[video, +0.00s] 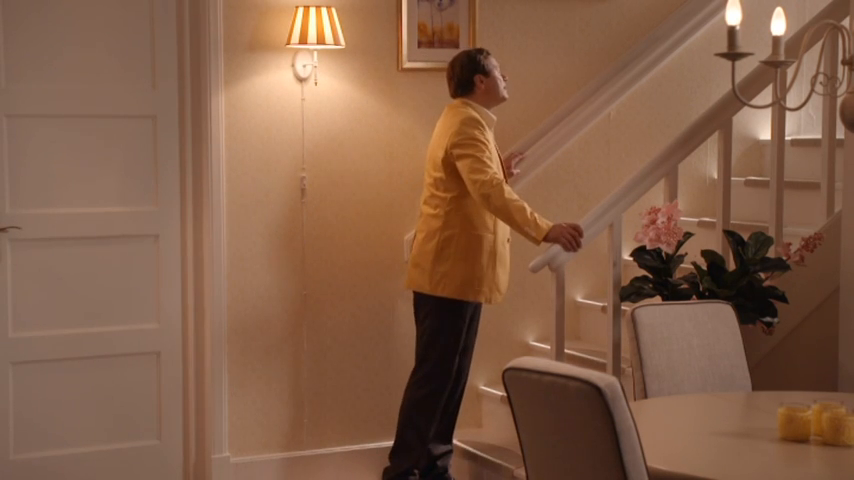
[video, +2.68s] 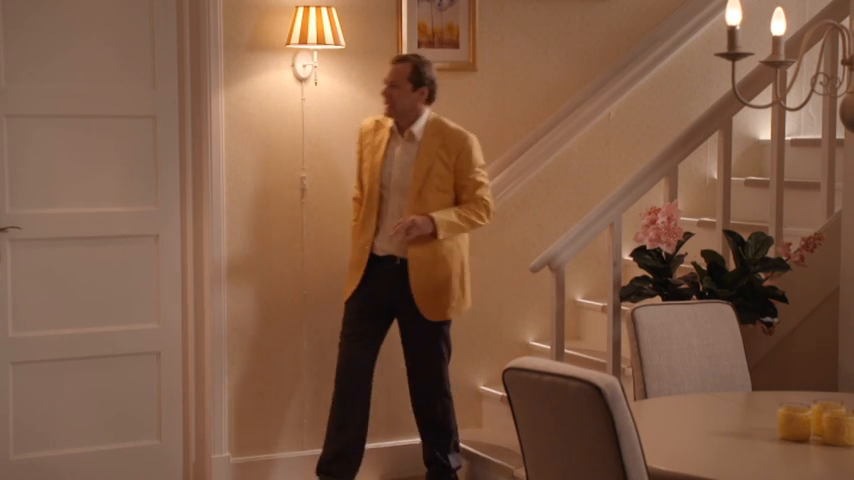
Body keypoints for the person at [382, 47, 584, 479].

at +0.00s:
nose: (505, 80)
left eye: (501, 73)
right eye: (498, 73)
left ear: (474, 82)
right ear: (480, 81)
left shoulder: (465, 120)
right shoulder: (466, 123)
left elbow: (461, 194)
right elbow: (489, 190)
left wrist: (498, 178)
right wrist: (545, 229)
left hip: (462, 271)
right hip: (448, 271)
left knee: (451, 376)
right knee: (435, 375)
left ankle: (433, 469)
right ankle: (405, 471)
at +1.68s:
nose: (496, 78)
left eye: (493, 72)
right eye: (486, 72)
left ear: (470, 83)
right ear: (459, 82)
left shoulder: (475, 128)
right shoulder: (450, 125)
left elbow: (475, 189)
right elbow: (460, 189)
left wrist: (507, 183)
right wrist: (518, 231)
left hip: (474, 274)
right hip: (445, 274)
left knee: (458, 379)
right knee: (436, 377)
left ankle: (436, 467)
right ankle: (406, 470)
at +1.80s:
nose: (490, 79)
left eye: (490, 73)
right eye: (479, 74)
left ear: (492, 84)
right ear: (454, 85)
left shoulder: (483, 135)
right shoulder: (443, 124)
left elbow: (490, 206)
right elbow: (426, 188)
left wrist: (531, 213)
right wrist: (464, 246)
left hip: (479, 282)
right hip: (442, 278)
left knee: (461, 382)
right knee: (437, 379)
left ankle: (438, 469)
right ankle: (410, 471)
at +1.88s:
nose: (484, 80)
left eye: (488, 74)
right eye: (473, 75)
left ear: (494, 84)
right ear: (452, 87)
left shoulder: (492, 139)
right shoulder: (436, 128)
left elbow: (491, 209)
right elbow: (411, 194)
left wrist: (528, 217)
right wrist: (417, 260)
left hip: (481, 282)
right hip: (440, 279)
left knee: (463, 386)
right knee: (435, 383)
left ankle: (439, 469)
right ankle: (412, 472)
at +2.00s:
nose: (476, 79)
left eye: (483, 73)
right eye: (467, 73)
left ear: (494, 85)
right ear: (452, 86)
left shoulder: (509, 142)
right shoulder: (429, 127)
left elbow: (516, 197)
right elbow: (391, 186)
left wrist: (520, 211)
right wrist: (360, 247)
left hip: (482, 268)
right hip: (432, 264)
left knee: (463, 379)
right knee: (429, 375)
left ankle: (442, 469)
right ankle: (413, 470)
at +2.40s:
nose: (436, 87)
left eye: (447, 81)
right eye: (436, 79)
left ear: (474, 91)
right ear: (434, 83)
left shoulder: (501, 146)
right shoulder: (410, 126)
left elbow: (520, 207)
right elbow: (383, 191)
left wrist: (487, 222)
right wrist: (366, 246)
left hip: (453, 271)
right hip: (399, 263)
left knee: (445, 376)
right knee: (377, 365)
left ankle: (444, 472)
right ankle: (353, 468)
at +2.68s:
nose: (384, 94)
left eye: (393, 88)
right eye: (384, 86)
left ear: (422, 93)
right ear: (388, 89)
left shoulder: (458, 142)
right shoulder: (372, 132)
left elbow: (480, 209)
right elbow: (361, 196)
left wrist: (434, 222)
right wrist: (358, 253)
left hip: (426, 278)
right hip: (372, 273)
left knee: (429, 381)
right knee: (351, 374)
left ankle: (443, 471)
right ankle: (334, 474)